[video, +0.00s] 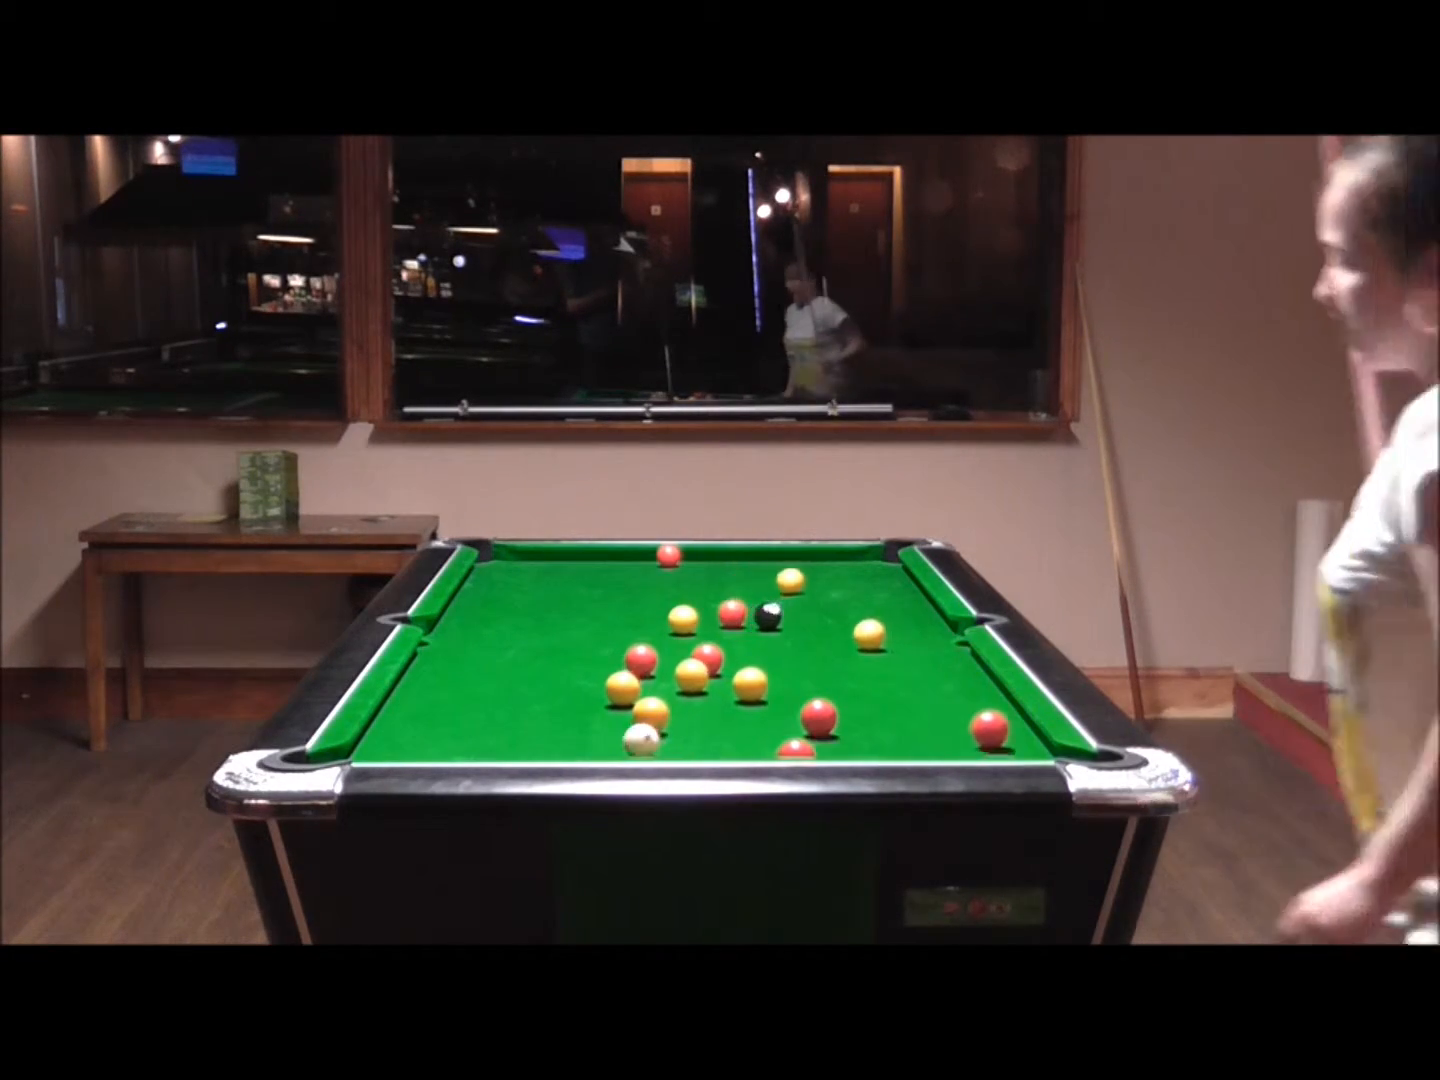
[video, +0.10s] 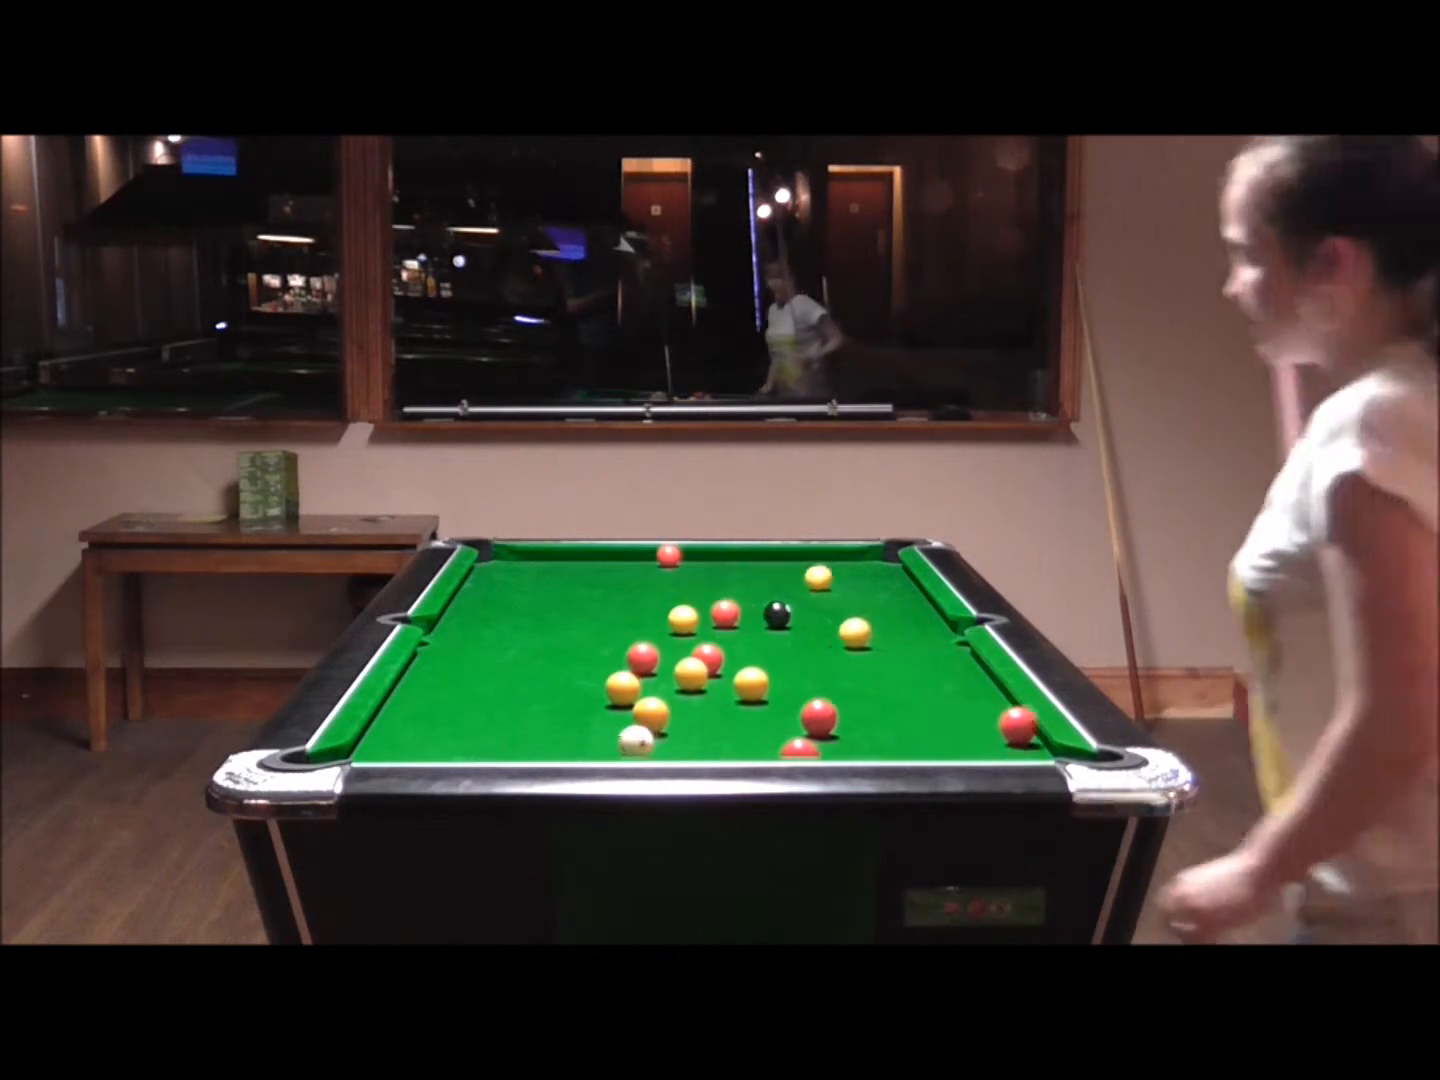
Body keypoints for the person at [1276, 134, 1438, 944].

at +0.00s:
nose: (1323, 288)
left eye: (1342, 261)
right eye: (1328, 259)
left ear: (1424, 281)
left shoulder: (1428, 449)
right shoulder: (1418, 429)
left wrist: (1375, 879)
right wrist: (1380, 876)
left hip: (1428, 908)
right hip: (1414, 899)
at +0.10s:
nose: (1231, 286)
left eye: (1246, 257)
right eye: (1232, 256)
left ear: (1335, 267)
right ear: (1342, 268)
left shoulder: (1370, 432)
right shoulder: (1401, 400)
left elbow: (1393, 722)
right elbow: (1391, 712)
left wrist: (1254, 871)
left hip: (1378, 909)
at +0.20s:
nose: (1162, 293)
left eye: (1171, 265)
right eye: (1162, 266)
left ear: (1250, 275)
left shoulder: (1298, 440)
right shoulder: (1376, 399)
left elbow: (1308, 734)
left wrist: (1151, 867)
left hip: (1337, 916)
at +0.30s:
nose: (1042, 308)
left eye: (1050, 279)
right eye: (1041, 280)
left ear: (1110, 288)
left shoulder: (1160, 470)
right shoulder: (1291, 431)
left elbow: (1128, 762)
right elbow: (1399, 610)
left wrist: (982, 844)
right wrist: (1252, 686)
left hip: (1214, 922)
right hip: (1330, 893)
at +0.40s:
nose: (957, 315)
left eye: (964, 287)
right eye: (956, 288)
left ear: (1012, 297)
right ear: (1114, 288)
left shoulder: (1044, 470)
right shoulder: (1204, 448)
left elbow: (1002, 765)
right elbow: (1311, 626)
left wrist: (872, 833)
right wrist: (1162, 676)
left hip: (1101, 920)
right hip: (1230, 897)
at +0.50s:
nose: (828, 308)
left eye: (830, 283)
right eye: (826, 284)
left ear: (862, 293)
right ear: (978, 283)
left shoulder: (863, 451)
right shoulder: (1068, 447)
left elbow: (824, 745)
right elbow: (1166, 636)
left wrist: (738, 830)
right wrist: (1027, 688)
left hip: (921, 894)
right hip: (1058, 874)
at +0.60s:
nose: (739, 292)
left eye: (740, 269)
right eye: (740, 268)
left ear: (765, 280)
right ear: (887, 270)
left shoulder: (751, 442)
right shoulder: (977, 430)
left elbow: (722, 710)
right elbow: (1082, 632)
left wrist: (658, 836)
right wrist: (939, 679)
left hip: (817, 872)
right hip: (960, 851)